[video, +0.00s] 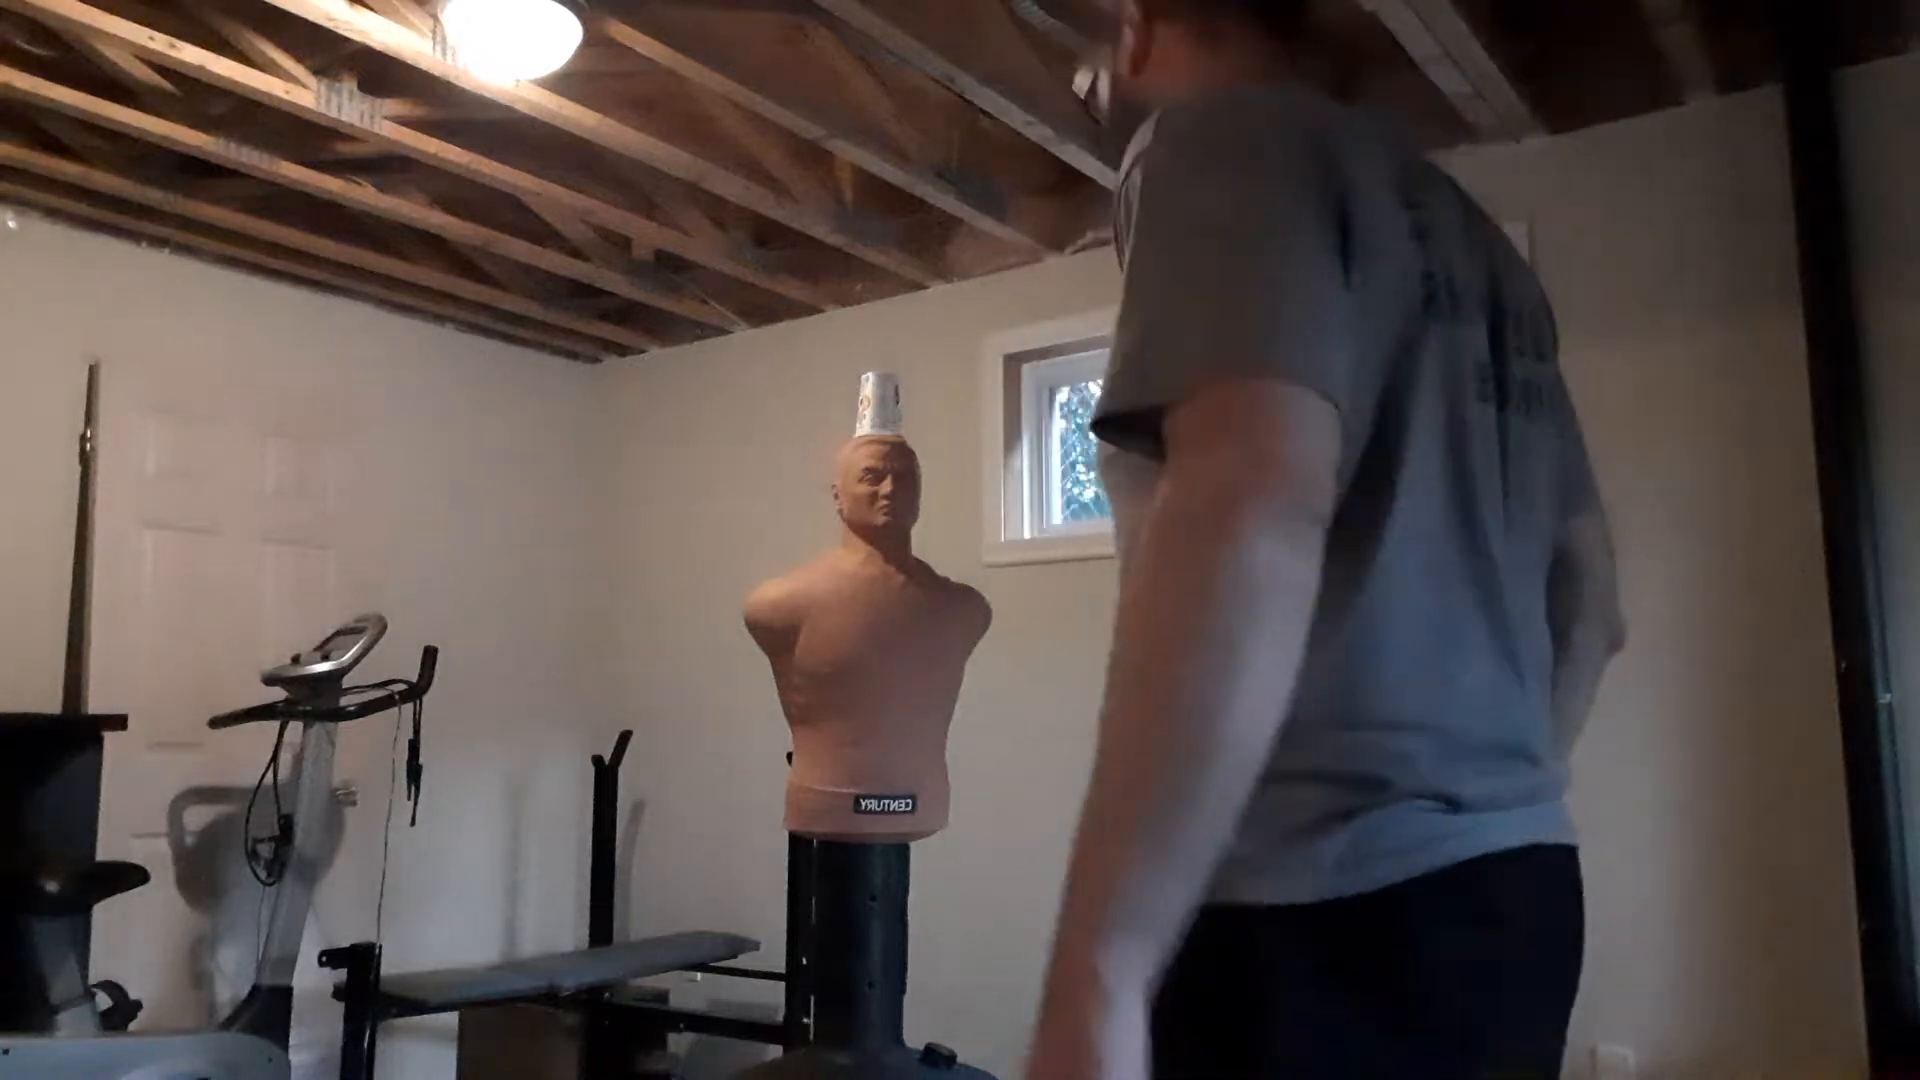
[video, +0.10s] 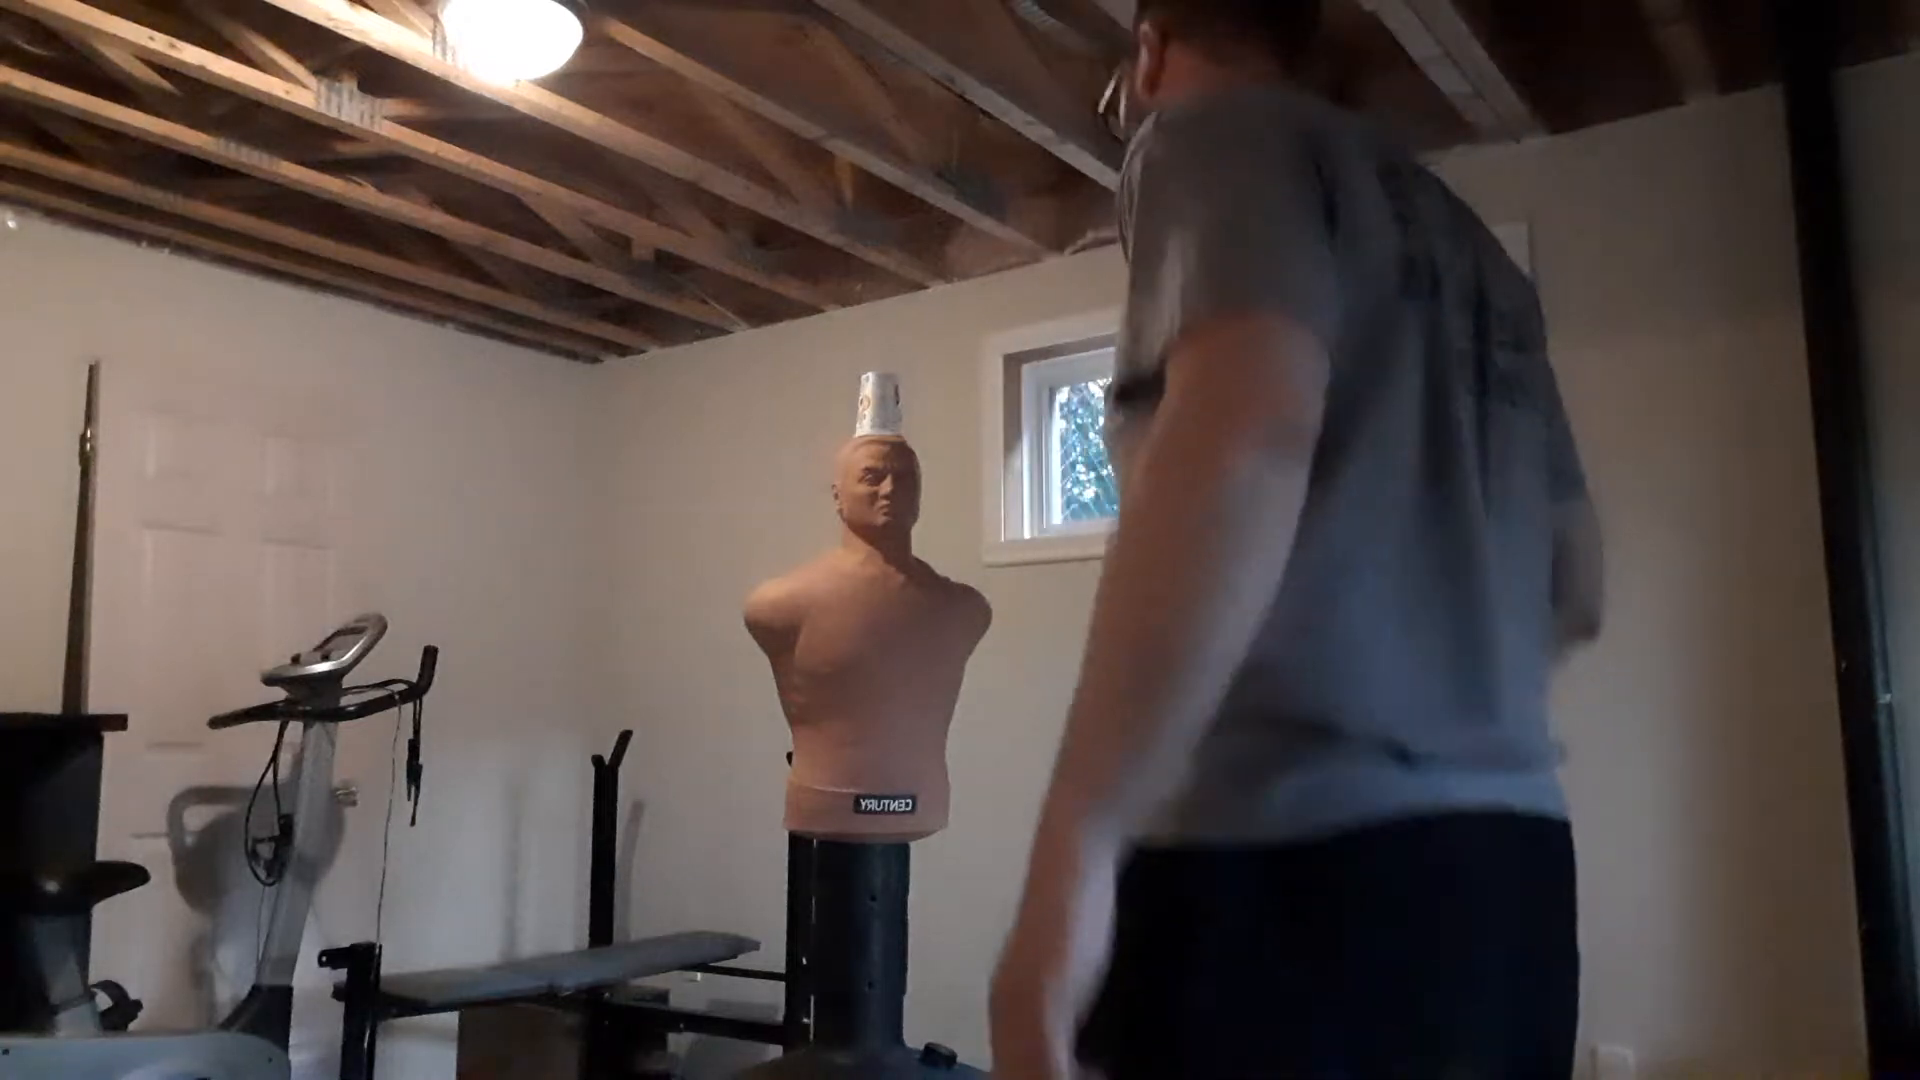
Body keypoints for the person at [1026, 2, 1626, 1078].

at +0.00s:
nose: (1118, 78)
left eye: (1122, 46)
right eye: (1118, 52)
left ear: (1152, 27)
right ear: (1292, 26)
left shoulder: (1236, 138)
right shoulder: (1474, 233)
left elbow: (1250, 502)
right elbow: (1585, 605)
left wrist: (1100, 980)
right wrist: (1476, 822)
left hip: (1316, 907)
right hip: (1507, 888)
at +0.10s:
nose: (1128, 116)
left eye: (1126, 86)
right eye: (1123, 97)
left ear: (1152, 52)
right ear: (1311, 48)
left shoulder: (1222, 130)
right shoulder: (1473, 240)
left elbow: (1248, 415)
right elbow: (1567, 585)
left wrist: (1074, 856)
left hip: (1280, 865)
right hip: (1504, 871)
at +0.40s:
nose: (1095, 165)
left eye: (1093, 141)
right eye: (1094, 145)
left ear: (1115, 121)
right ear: (1248, 120)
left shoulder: (1143, 228)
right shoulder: (1387, 287)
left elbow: (1108, 532)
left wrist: (991, 821)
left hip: (1202, 884)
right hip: (1426, 877)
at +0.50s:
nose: (1065, 187)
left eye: (1065, 157)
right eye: (1060, 164)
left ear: (1098, 128)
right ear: (1205, 131)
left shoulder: (1106, 267)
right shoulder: (1369, 310)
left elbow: (1065, 592)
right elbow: (1420, 608)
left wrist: (951, 876)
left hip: (1171, 855)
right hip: (1375, 859)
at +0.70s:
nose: (1017, 184)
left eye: (1018, 155)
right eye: (1020, 158)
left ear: (1039, 147)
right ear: (1161, 150)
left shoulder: (1087, 284)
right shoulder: (1302, 306)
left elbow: (1080, 611)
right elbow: (1421, 562)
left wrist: (1003, 840)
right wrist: (1321, 718)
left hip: (1159, 834)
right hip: (1320, 822)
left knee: (1112, 1068)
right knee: (1216, 1065)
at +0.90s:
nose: (1001, 242)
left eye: (1002, 214)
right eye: (998, 219)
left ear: (1037, 206)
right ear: (1138, 201)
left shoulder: (1146, 331)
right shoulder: (1228, 341)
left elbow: (1165, 571)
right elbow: (1341, 544)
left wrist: (983, 731)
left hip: (1167, 829)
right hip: (1242, 822)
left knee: (1128, 1068)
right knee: (1212, 1068)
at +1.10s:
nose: (1021, 280)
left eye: (1026, 253)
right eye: (1020, 258)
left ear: (1066, 243)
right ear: (1149, 238)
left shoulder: (1162, 307)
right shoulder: (1206, 332)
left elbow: (1079, 440)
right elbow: (1086, 484)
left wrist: (930, 501)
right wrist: (951, 488)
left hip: (1233, 815)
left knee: (1142, 1067)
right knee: (1216, 1067)